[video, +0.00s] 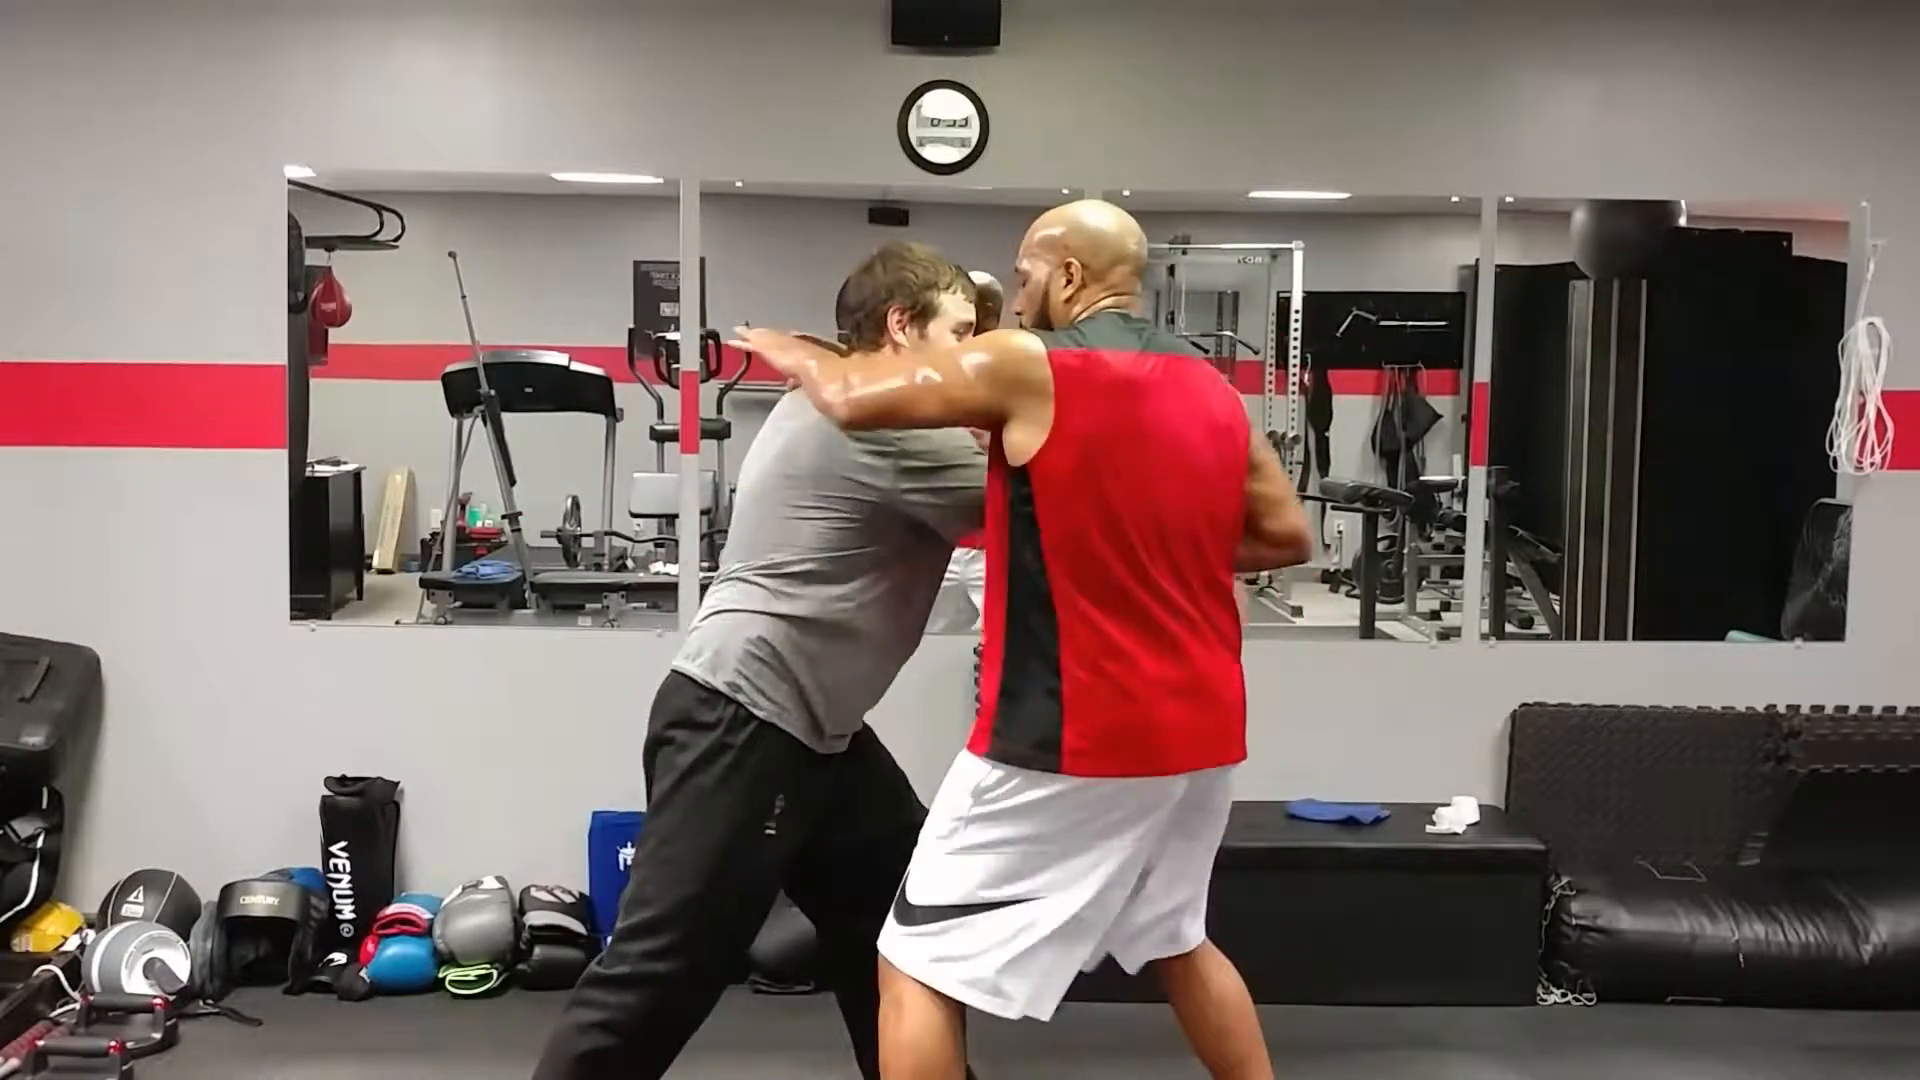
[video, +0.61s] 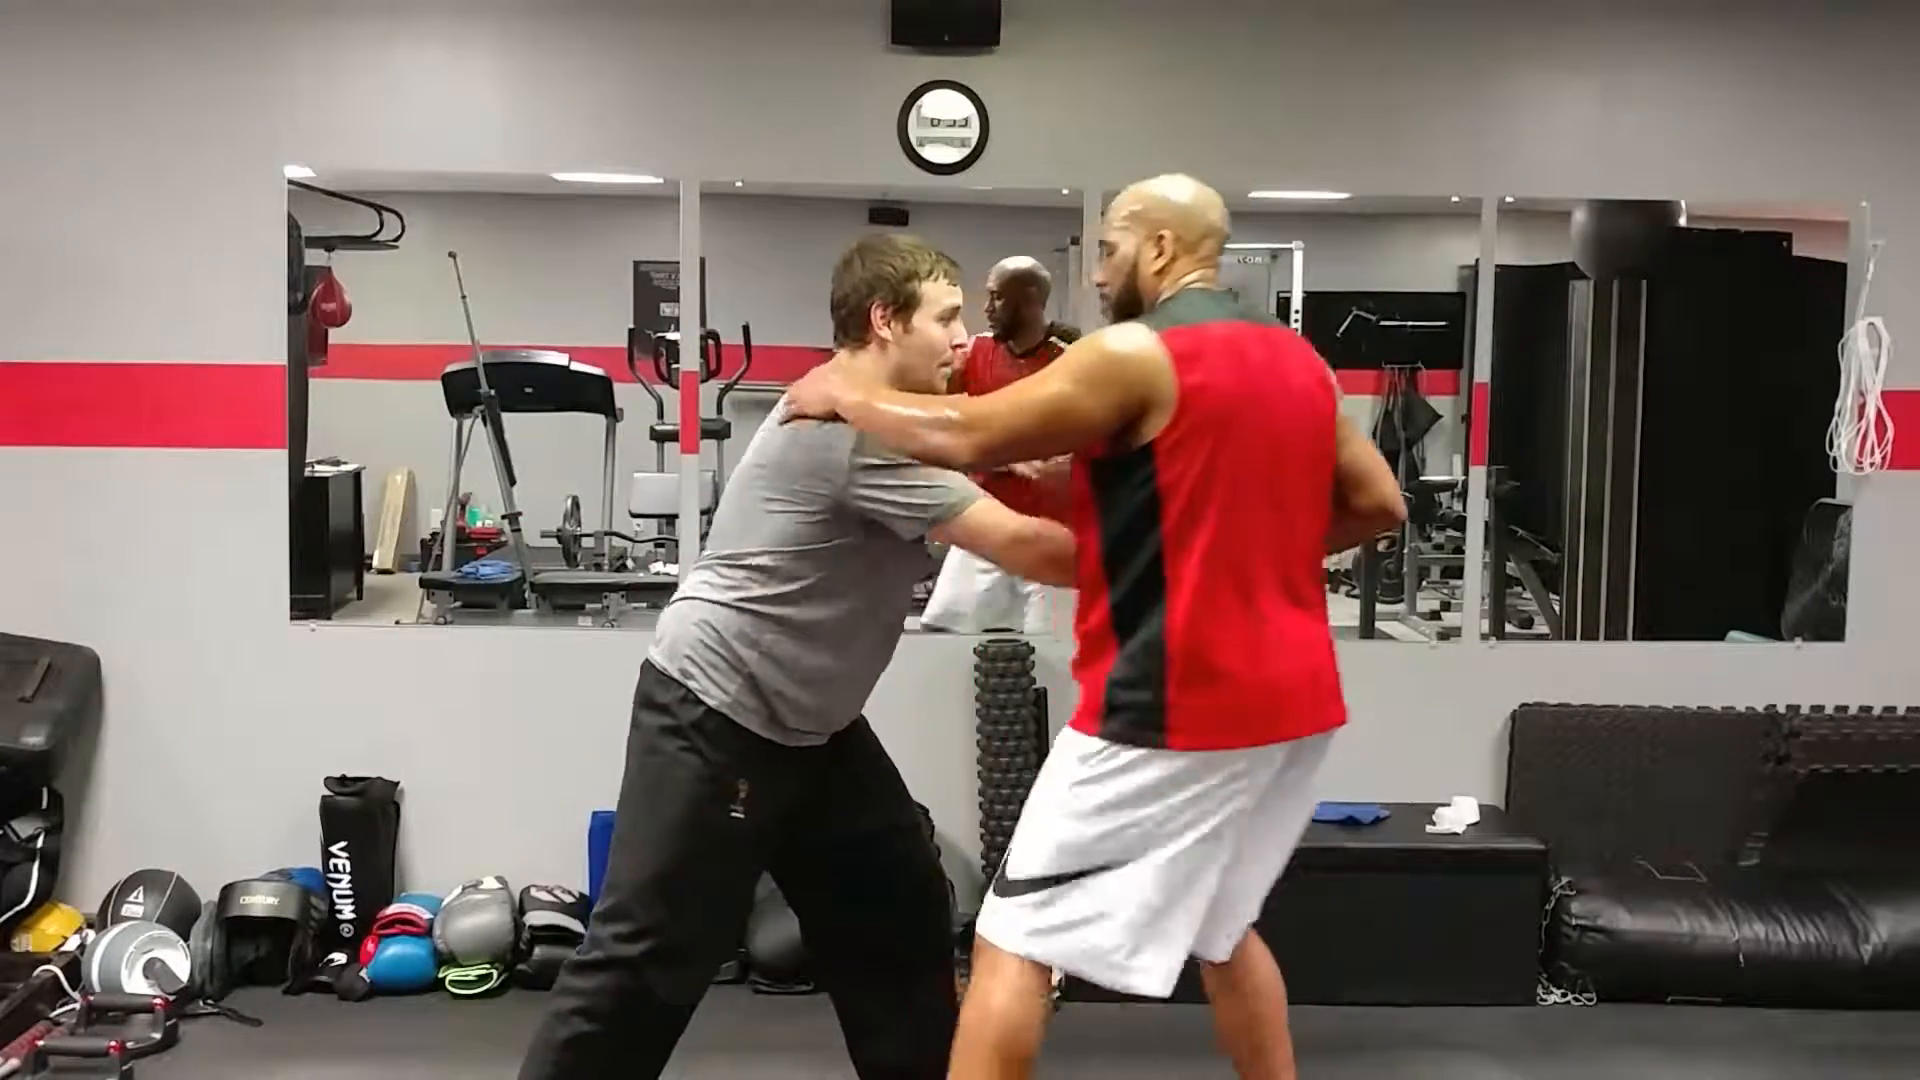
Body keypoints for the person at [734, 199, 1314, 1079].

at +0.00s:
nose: (1013, 288)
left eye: (1023, 272)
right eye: (1016, 272)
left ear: (1067, 275)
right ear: (1127, 280)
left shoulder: (1023, 359)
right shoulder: (1212, 388)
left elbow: (853, 396)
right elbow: (1285, 533)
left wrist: (796, 353)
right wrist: (1166, 550)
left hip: (1060, 728)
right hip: (1204, 722)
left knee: (915, 963)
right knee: (1178, 938)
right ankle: (1256, 1079)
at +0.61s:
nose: (1100, 268)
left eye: (1110, 249)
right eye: (1101, 250)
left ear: (1163, 247)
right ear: (1201, 253)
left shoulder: (1130, 355)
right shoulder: (1298, 359)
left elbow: (963, 433)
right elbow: (1378, 506)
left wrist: (841, 389)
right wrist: (1270, 549)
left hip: (1165, 699)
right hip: (1299, 694)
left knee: (1014, 937)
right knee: (1222, 925)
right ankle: (1276, 1075)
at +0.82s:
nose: (1137, 255)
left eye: (1152, 234)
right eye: (1138, 235)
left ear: (1212, 232)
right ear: (1231, 237)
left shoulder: (1205, 338)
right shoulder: (1316, 333)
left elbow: (1054, 436)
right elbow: (1383, 488)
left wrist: (891, 425)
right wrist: (1221, 471)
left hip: (1234, 678)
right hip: (1346, 676)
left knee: (1086, 906)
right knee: (1273, 925)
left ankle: (1169, 1071)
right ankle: (1289, 1077)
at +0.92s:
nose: (1146, 252)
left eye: (1161, 230)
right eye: (1149, 231)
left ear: (1223, 233)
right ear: (1240, 238)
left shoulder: (1218, 344)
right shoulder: (1313, 327)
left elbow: (1078, 459)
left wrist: (922, 492)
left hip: (1254, 691)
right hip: (1341, 679)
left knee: (1169, 935)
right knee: (1266, 925)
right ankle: (1286, 1078)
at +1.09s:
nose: (1159, 275)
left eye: (1175, 256)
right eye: (1161, 256)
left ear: (1241, 257)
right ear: (1256, 260)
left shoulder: (1248, 374)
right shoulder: (1329, 348)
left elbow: (1182, 549)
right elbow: (1314, 518)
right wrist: (1212, 599)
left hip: (1294, 717)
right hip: (1377, 704)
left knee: (1210, 953)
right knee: (1312, 956)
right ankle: (1359, 1076)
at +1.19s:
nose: (1178, 282)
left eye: (1194, 262)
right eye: (1179, 262)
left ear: (1260, 265)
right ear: (1269, 268)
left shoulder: (1284, 383)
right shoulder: (1328, 351)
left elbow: (1298, 576)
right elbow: (1345, 543)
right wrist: (1242, 641)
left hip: (1313, 724)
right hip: (1386, 708)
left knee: (1210, 948)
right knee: (1358, 927)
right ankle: (1421, 1071)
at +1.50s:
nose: (1225, 272)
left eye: (1242, 254)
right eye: (1228, 253)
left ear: (1305, 262)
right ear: (1316, 264)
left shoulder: (1310, 369)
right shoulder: (1365, 344)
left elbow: (1305, 549)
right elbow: (1384, 526)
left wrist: (1245, 626)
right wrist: (1283, 613)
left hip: (1360, 697)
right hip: (1436, 685)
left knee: (1260, 927)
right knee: (1383, 907)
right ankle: (1435, 1071)